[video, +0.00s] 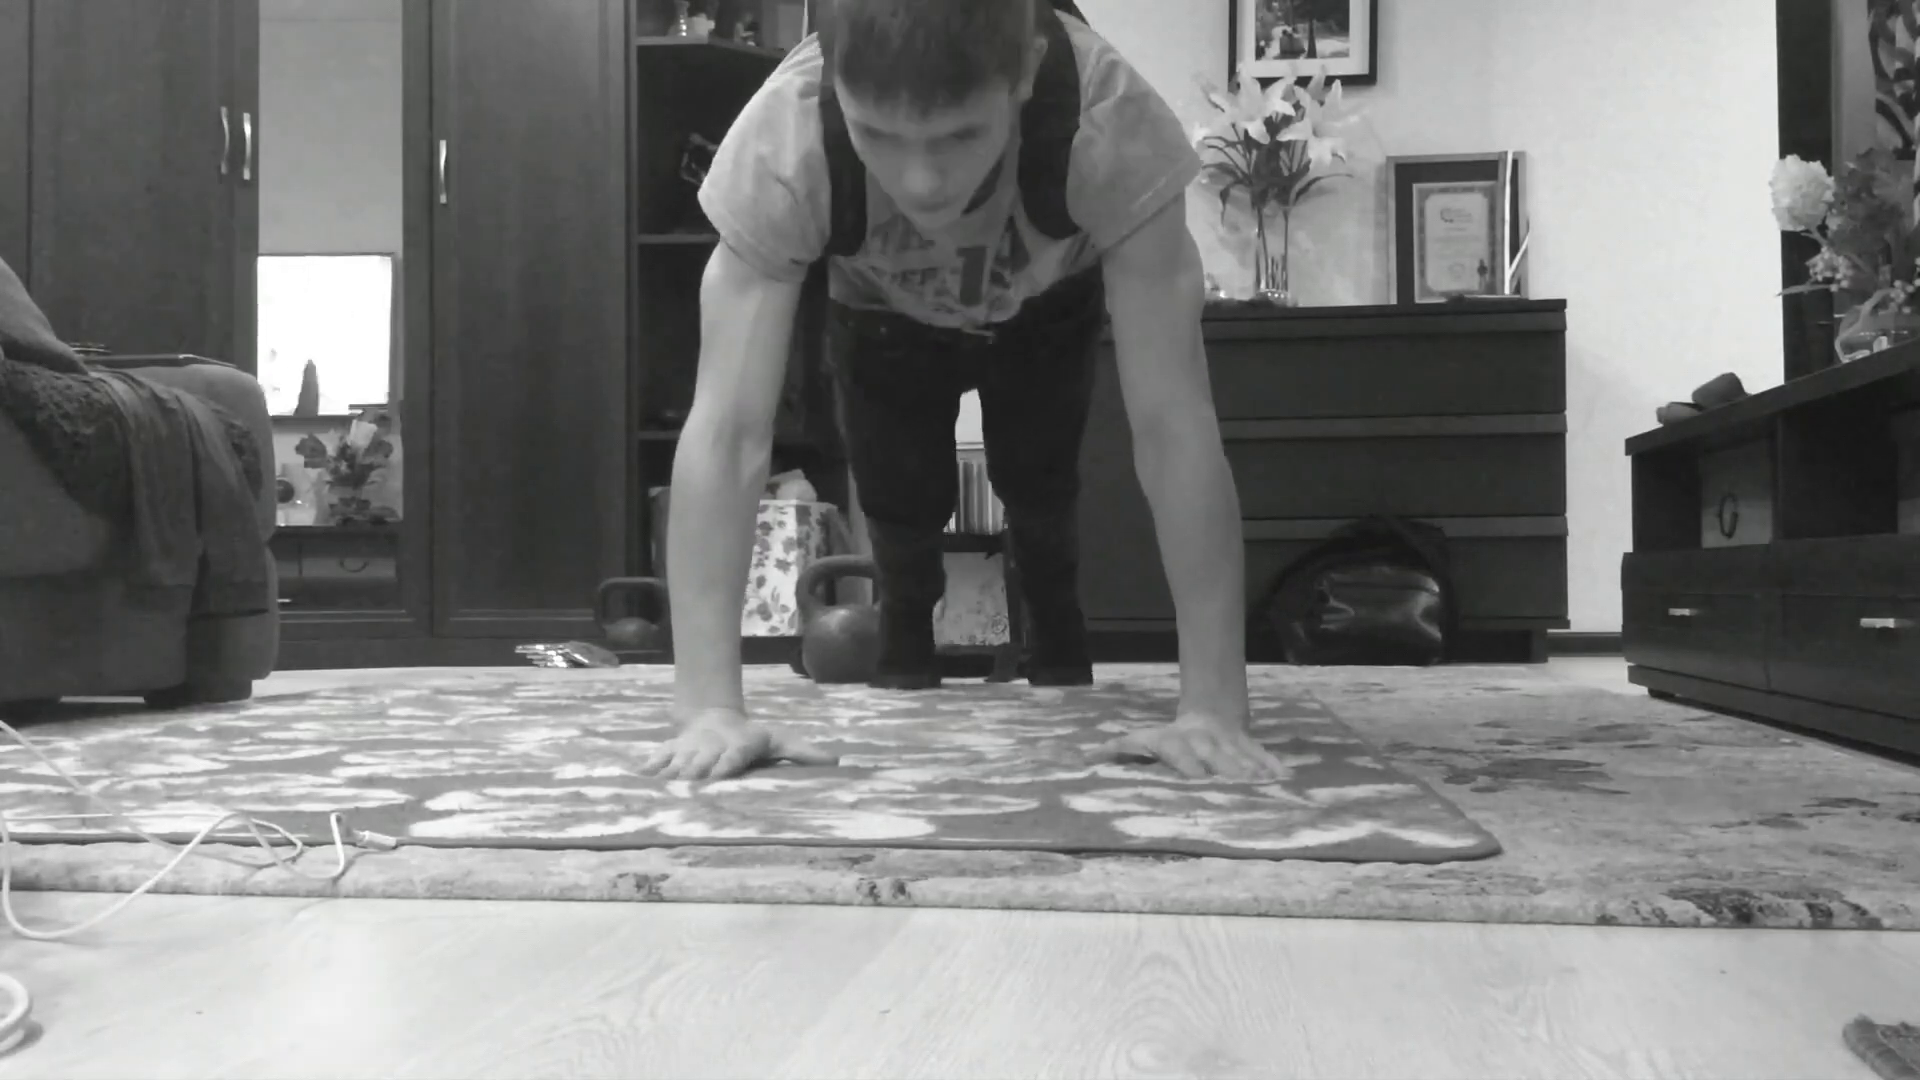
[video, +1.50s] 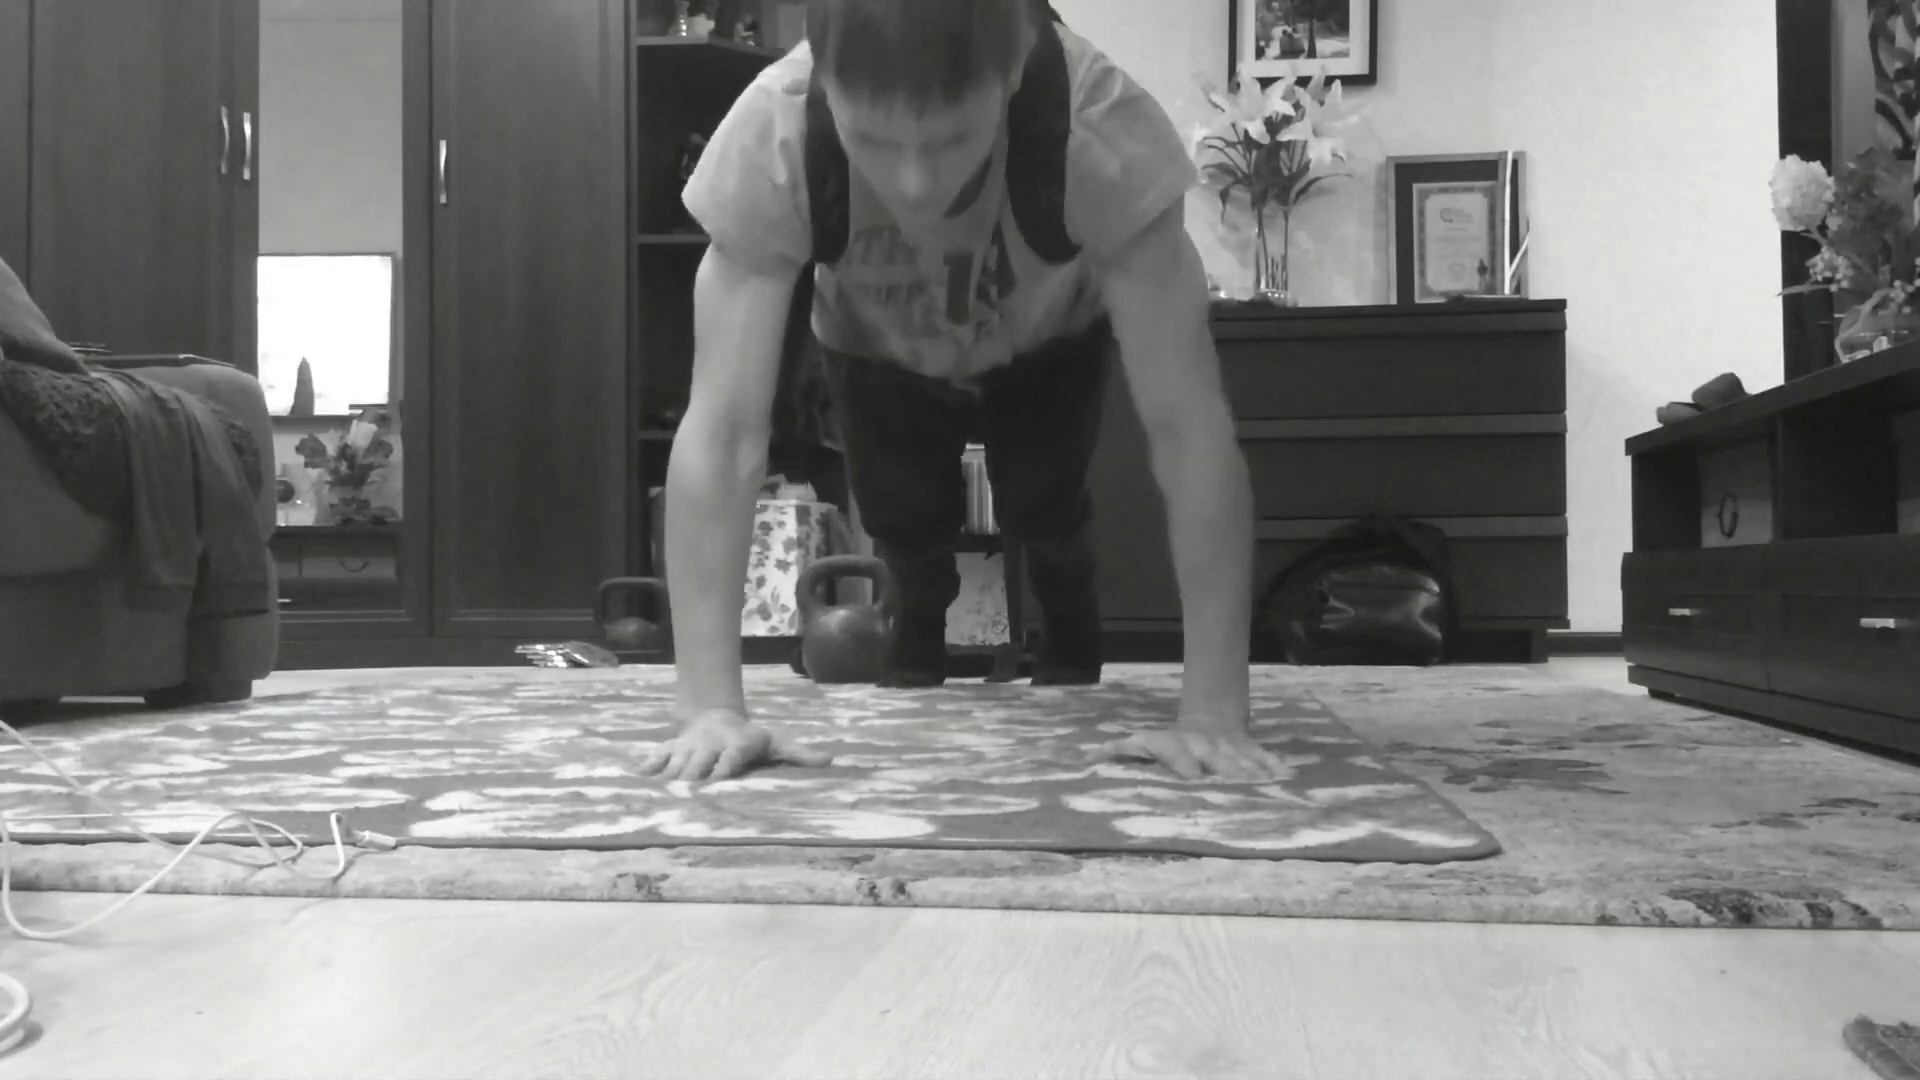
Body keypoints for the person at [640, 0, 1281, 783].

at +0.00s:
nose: (920, 180)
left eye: (958, 140)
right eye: (883, 140)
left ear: (1024, 83)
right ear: (841, 96)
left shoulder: (1115, 137)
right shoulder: (785, 149)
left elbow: (1177, 429)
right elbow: (723, 437)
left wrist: (1214, 711)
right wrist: (709, 710)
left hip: (1046, 303)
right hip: (884, 303)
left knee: (1040, 489)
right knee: (896, 501)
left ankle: (1057, 663)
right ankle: (905, 625)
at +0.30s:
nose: (913, 148)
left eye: (953, 106)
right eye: (874, 105)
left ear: (1022, 57)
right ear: (835, 65)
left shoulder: (1110, 135)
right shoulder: (784, 144)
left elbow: (1172, 436)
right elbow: (724, 434)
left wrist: (1214, 710)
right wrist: (710, 709)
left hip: (1046, 324)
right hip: (885, 330)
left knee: (1051, 516)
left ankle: (1069, 703)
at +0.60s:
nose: (911, 135)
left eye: (950, 90)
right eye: (872, 90)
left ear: (1019, 46)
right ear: (833, 54)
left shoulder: (1107, 131)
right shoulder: (781, 139)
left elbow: (1174, 436)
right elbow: (722, 433)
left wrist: (1213, 709)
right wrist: (709, 710)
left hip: (1046, 329)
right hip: (881, 335)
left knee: (1046, 526)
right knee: (900, 527)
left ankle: (1064, 705)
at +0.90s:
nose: (916, 129)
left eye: (956, 86)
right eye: (878, 86)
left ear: (1022, 40)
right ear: (836, 49)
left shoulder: (1108, 131)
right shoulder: (781, 135)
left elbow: (1174, 437)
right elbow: (721, 430)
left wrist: (1214, 710)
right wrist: (708, 710)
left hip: (1045, 342)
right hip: (879, 348)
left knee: (1047, 527)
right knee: (900, 532)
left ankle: (1067, 686)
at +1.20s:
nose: (910, 150)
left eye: (949, 109)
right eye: (871, 108)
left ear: (1015, 53)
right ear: (832, 62)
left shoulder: (1102, 128)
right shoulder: (779, 136)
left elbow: (1169, 436)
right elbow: (727, 432)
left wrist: (1214, 710)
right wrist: (709, 709)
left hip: (1046, 333)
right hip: (881, 340)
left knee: (1048, 529)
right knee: (907, 529)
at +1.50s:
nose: (915, 182)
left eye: (950, 144)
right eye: (876, 144)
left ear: (1012, 78)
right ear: (831, 93)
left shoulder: (1103, 142)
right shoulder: (774, 147)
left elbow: (1193, 431)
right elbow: (719, 438)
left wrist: (1215, 712)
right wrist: (710, 708)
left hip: (1047, 338)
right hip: (876, 343)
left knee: (1049, 524)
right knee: (901, 525)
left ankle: (1069, 667)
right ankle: (914, 613)